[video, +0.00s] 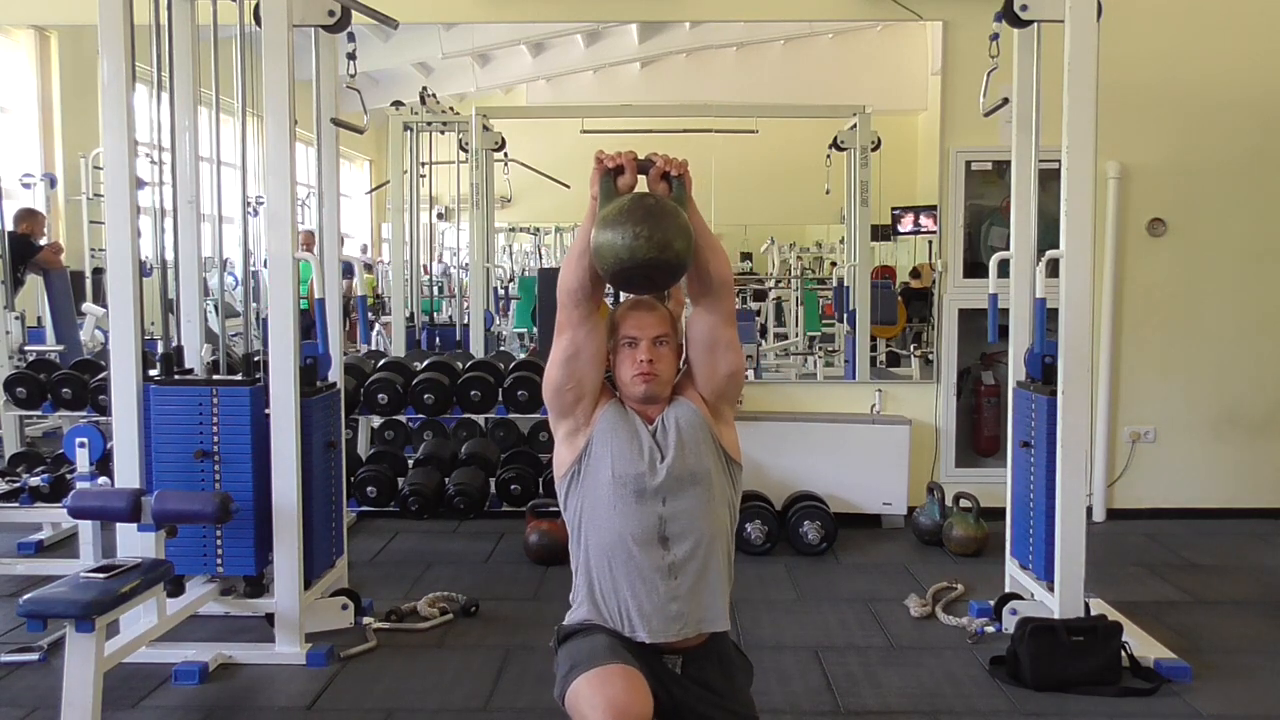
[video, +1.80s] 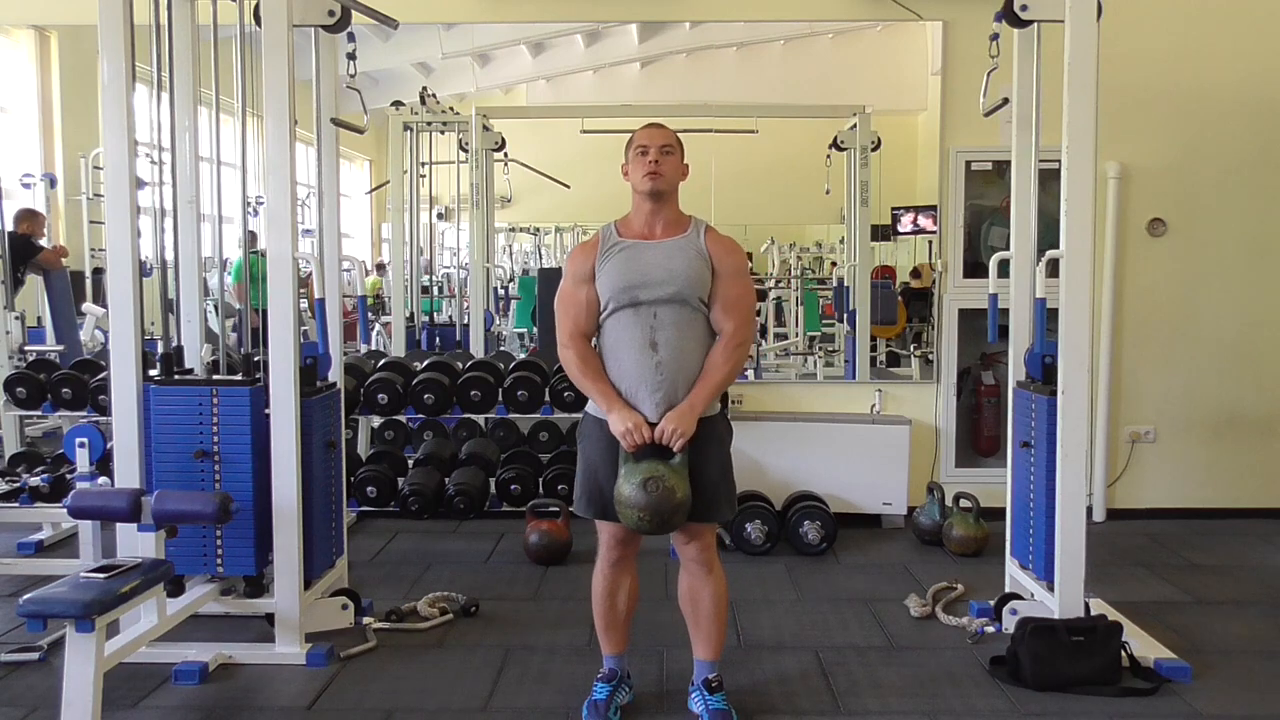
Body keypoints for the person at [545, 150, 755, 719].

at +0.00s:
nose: (645, 355)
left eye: (659, 343)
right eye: (630, 345)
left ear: (679, 358)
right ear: (611, 360)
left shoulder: (709, 409)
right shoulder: (583, 416)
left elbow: (716, 298)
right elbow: (577, 304)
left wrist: (684, 211)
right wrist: (600, 209)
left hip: (709, 654)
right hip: (609, 642)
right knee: (616, 704)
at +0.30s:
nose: (651, 314)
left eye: (664, 300)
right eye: (634, 301)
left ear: (685, 312)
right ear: (614, 316)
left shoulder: (713, 371)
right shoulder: (587, 380)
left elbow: (729, 270)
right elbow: (571, 274)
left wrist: (695, 188)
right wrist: (605, 180)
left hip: (706, 605)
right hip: (608, 593)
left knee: (734, 706)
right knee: (627, 682)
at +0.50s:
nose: (662, 259)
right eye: (650, 246)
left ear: (705, 234)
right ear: (624, 240)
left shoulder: (727, 293)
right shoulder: (599, 298)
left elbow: (764, 225)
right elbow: (562, 228)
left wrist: (718, 165)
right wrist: (616, 159)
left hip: (714, 510)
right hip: (622, 511)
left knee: (737, 665)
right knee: (623, 657)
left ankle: (708, 679)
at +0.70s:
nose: (685, 182)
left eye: (696, 172)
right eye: (672, 173)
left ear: (717, 185)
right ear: (653, 186)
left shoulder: (739, 247)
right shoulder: (630, 248)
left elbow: (788, 221)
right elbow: (577, 225)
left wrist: (732, 173)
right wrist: (634, 174)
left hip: (718, 448)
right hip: (633, 444)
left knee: (718, 594)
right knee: (625, 584)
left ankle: (704, 688)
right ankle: (598, 713)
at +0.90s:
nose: (687, 155)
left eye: (699, 147)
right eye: (675, 148)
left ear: (717, 166)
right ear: (656, 166)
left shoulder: (745, 224)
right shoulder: (630, 227)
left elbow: (804, 259)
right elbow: (569, 256)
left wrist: (739, 237)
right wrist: (637, 240)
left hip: (719, 424)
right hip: (634, 423)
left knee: (711, 558)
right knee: (620, 560)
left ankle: (707, 686)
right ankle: (609, 669)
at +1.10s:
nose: (676, 158)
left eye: (688, 150)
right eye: (664, 150)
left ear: (705, 168)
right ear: (645, 167)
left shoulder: (736, 238)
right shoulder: (611, 242)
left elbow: (786, 298)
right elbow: (563, 305)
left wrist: (726, 318)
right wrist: (628, 321)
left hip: (711, 420)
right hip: (628, 421)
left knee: (706, 547)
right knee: (624, 549)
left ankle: (708, 684)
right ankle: (615, 671)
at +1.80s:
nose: (653, 158)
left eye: (666, 151)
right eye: (642, 151)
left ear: (684, 170)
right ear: (625, 171)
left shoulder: (720, 249)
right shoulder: (589, 254)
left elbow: (736, 336)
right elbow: (571, 342)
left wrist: (693, 407)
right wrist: (615, 408)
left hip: (695, 419)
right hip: (611, 419)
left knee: (697, 545)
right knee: (614, 543)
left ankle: (707, 682)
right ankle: (613, 673)